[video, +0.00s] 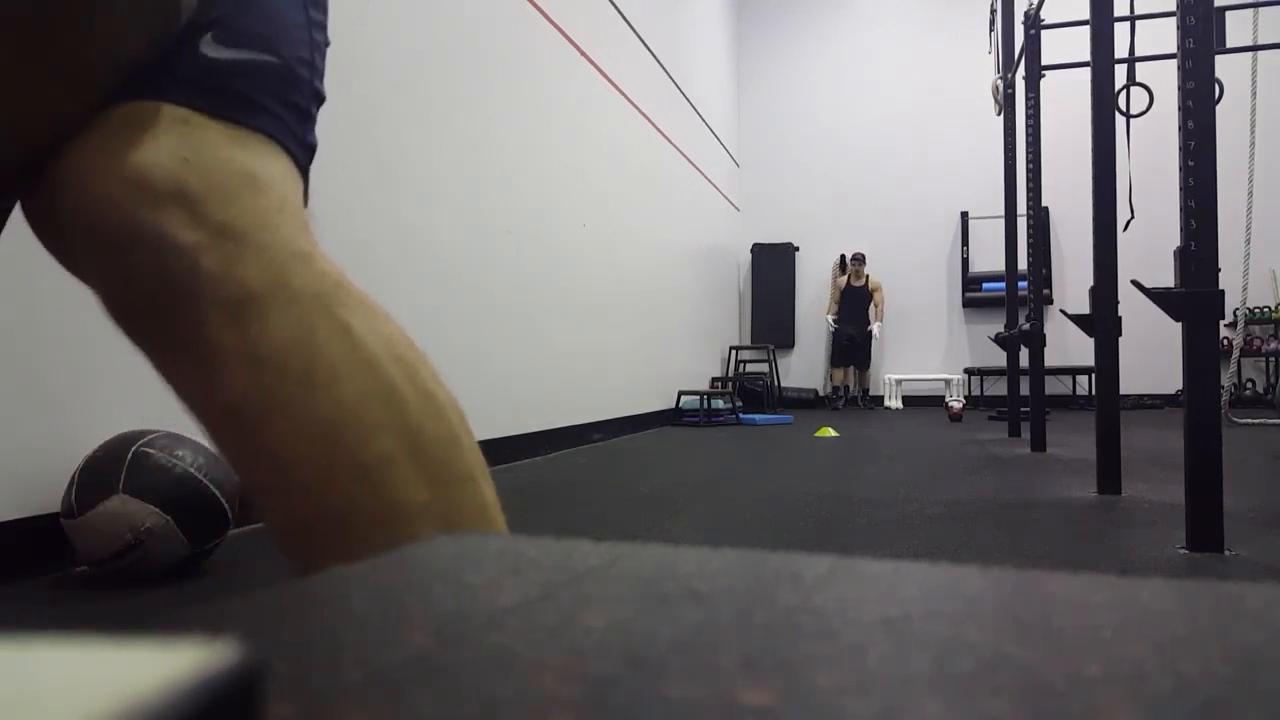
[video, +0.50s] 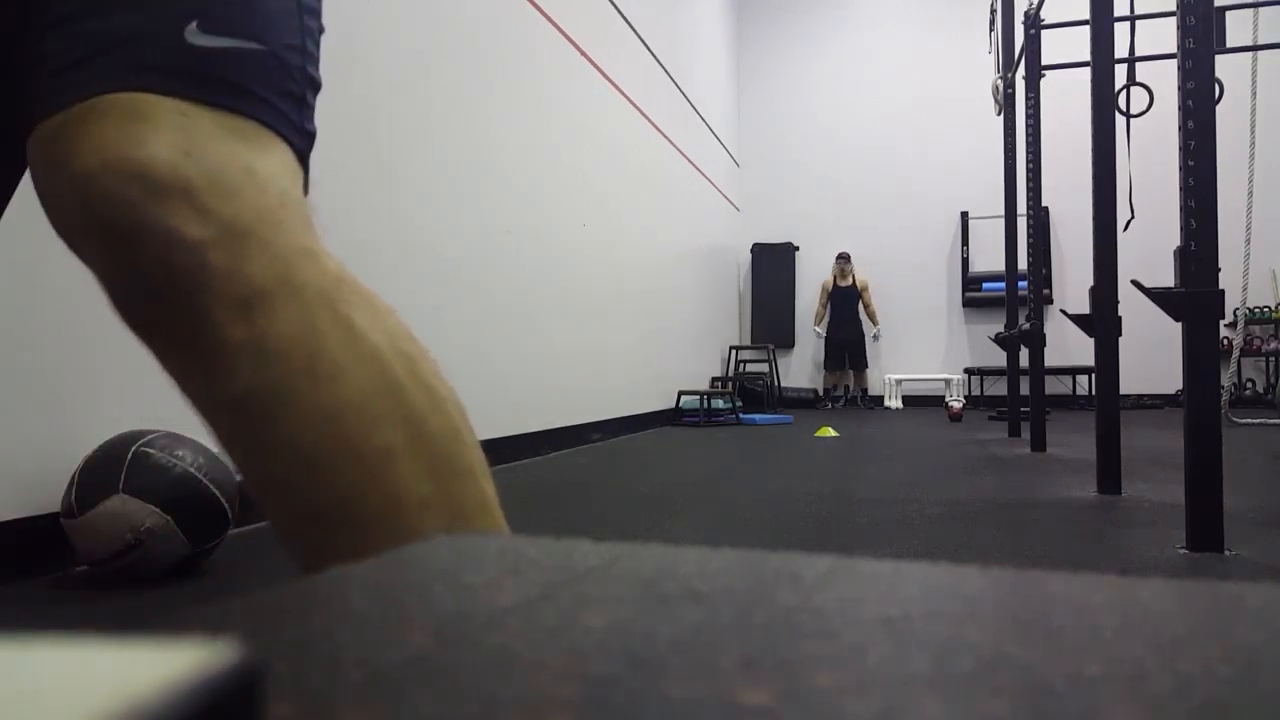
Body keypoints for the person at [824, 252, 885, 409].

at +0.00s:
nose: (857, 267)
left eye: (860, 264)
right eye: (854, 264)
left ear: (864, 266)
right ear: (850, 265)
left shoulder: (873, 283)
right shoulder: (840, 282)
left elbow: (878, 305)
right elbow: (835, 302)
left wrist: (878, 322)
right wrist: (830, 314)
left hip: (862, 329)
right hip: (842, 328)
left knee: (863, 366)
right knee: (838, 364)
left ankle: (865, 396)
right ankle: (837, 396)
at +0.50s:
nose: (842, 267)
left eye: (845, 263)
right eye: (839, 264)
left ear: (851, 265)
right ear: (835, 265)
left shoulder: (860, 283)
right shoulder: (828, 284)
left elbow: (868, 306)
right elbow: (822, 306)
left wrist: (876, 325)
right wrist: (816, 324)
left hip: (854, 330)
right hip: (834, 331)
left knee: (859, 368)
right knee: (832, 368)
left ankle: (864, 398)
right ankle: (827, 398)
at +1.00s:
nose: (838, 266)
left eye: (841, 262)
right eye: (836, 263)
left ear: (848, 264)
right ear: (832, 265)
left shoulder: (858, 282)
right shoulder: (826, 284)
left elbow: (867, 302)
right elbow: (820, 306)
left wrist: (868, 322)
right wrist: (814, 324)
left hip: (853, 328)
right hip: (833, 329)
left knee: (857, 367)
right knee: (829, 367)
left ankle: (862, 398)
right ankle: (826, 399)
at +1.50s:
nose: (846, 265)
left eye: (849, 262)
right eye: (843, 262)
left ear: (854, 264)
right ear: (840, 264)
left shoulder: (864, 281)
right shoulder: (832, 282)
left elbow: (872, 301)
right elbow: (826, 306)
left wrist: (871, 317)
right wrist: (819, 324)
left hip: (855, 330)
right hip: (835, 330)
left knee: (859, 368)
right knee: (829, 367)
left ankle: (862, 398)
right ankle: (825, 398)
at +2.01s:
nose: (833, 266)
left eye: (836, 263)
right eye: (830, 263)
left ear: (842, 264)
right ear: (826, 265)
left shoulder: (852, 282)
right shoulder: (819, 284)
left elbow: (857, 305)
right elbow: (814, 307)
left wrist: (860, 325)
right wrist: (812, 327)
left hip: (849, 329)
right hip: (828, 330)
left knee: (857, 366)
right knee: (826, 367)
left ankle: (863, 398)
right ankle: (824, 399)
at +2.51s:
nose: (843, 266)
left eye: (846, 263)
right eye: (841, 263)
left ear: (852, 265)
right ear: (837, 265)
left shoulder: (861, 283)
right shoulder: (829, 284)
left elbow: (867, 304)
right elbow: (825, 306)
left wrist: (869, 320)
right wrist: (821, 325)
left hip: (856, 331)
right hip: (835, 331)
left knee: (859, 368)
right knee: (830, 368)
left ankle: (862, 399)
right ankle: (825, 399)